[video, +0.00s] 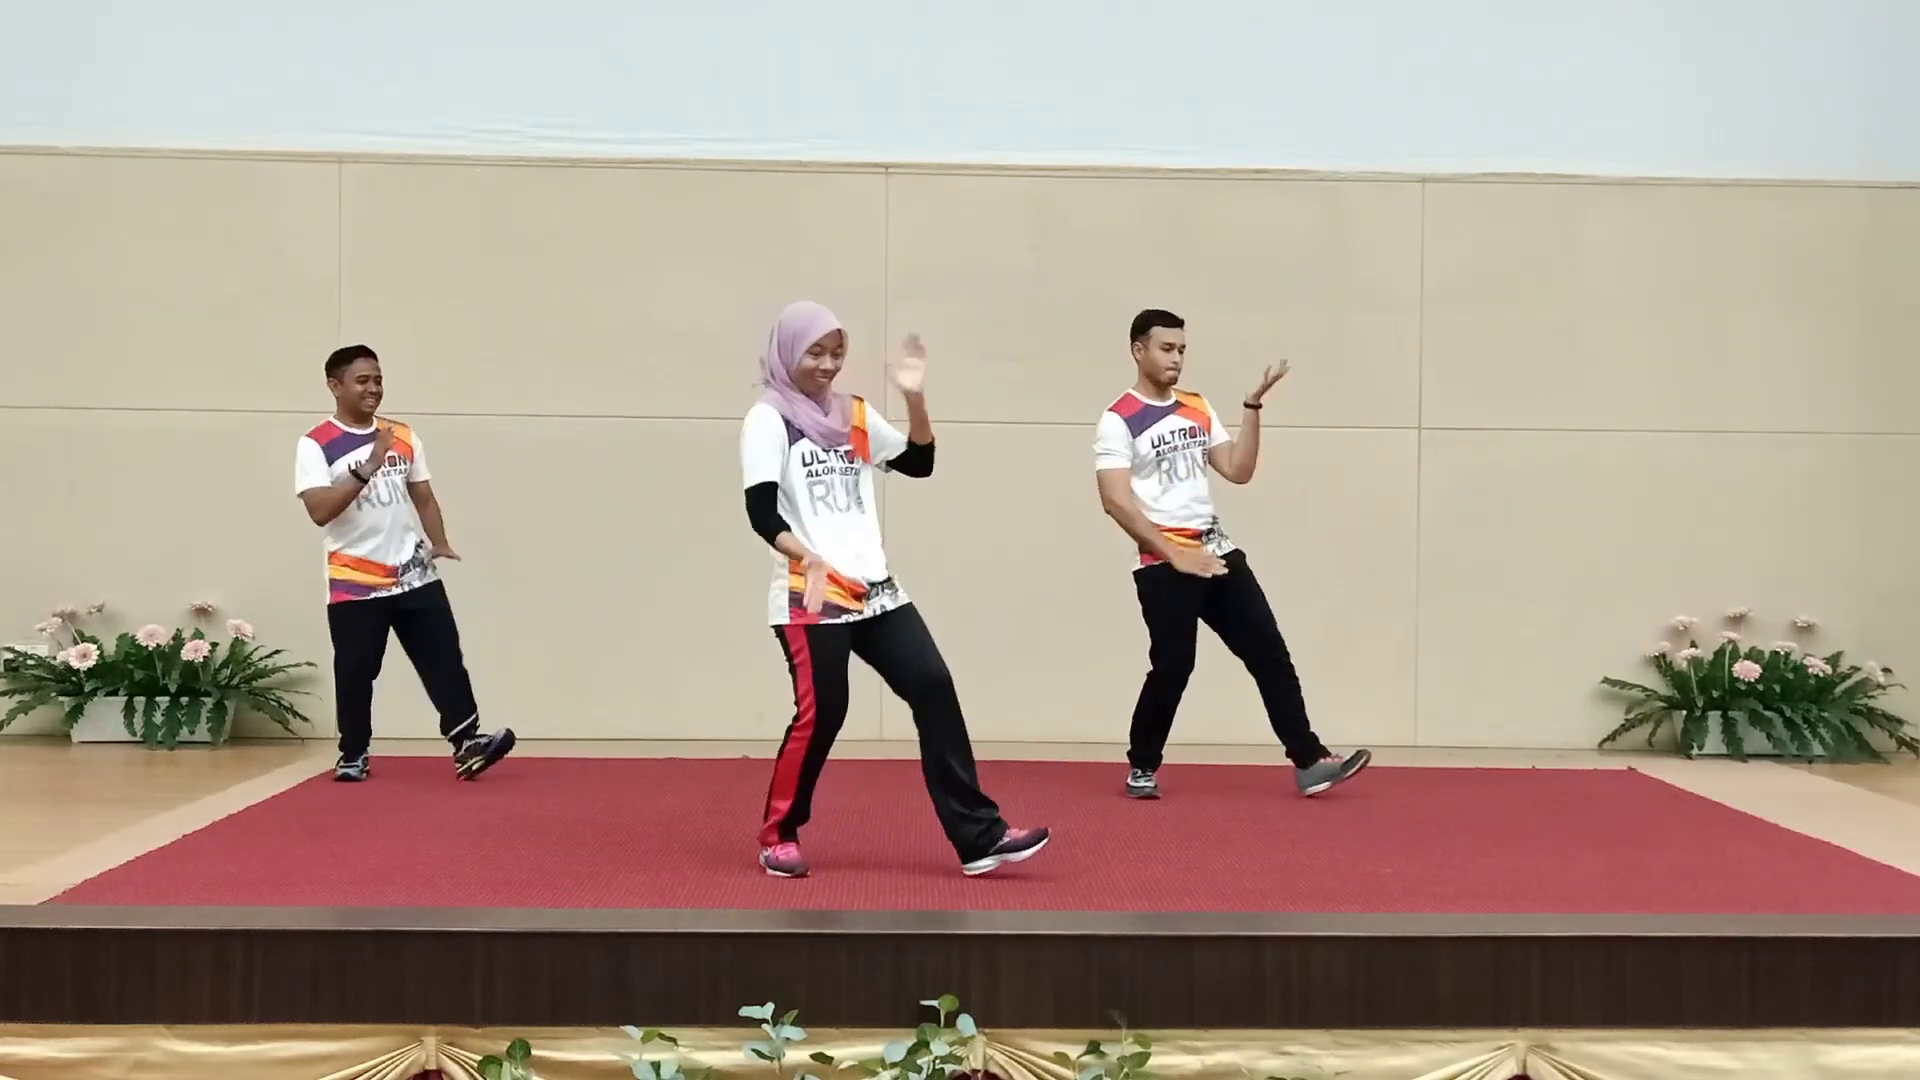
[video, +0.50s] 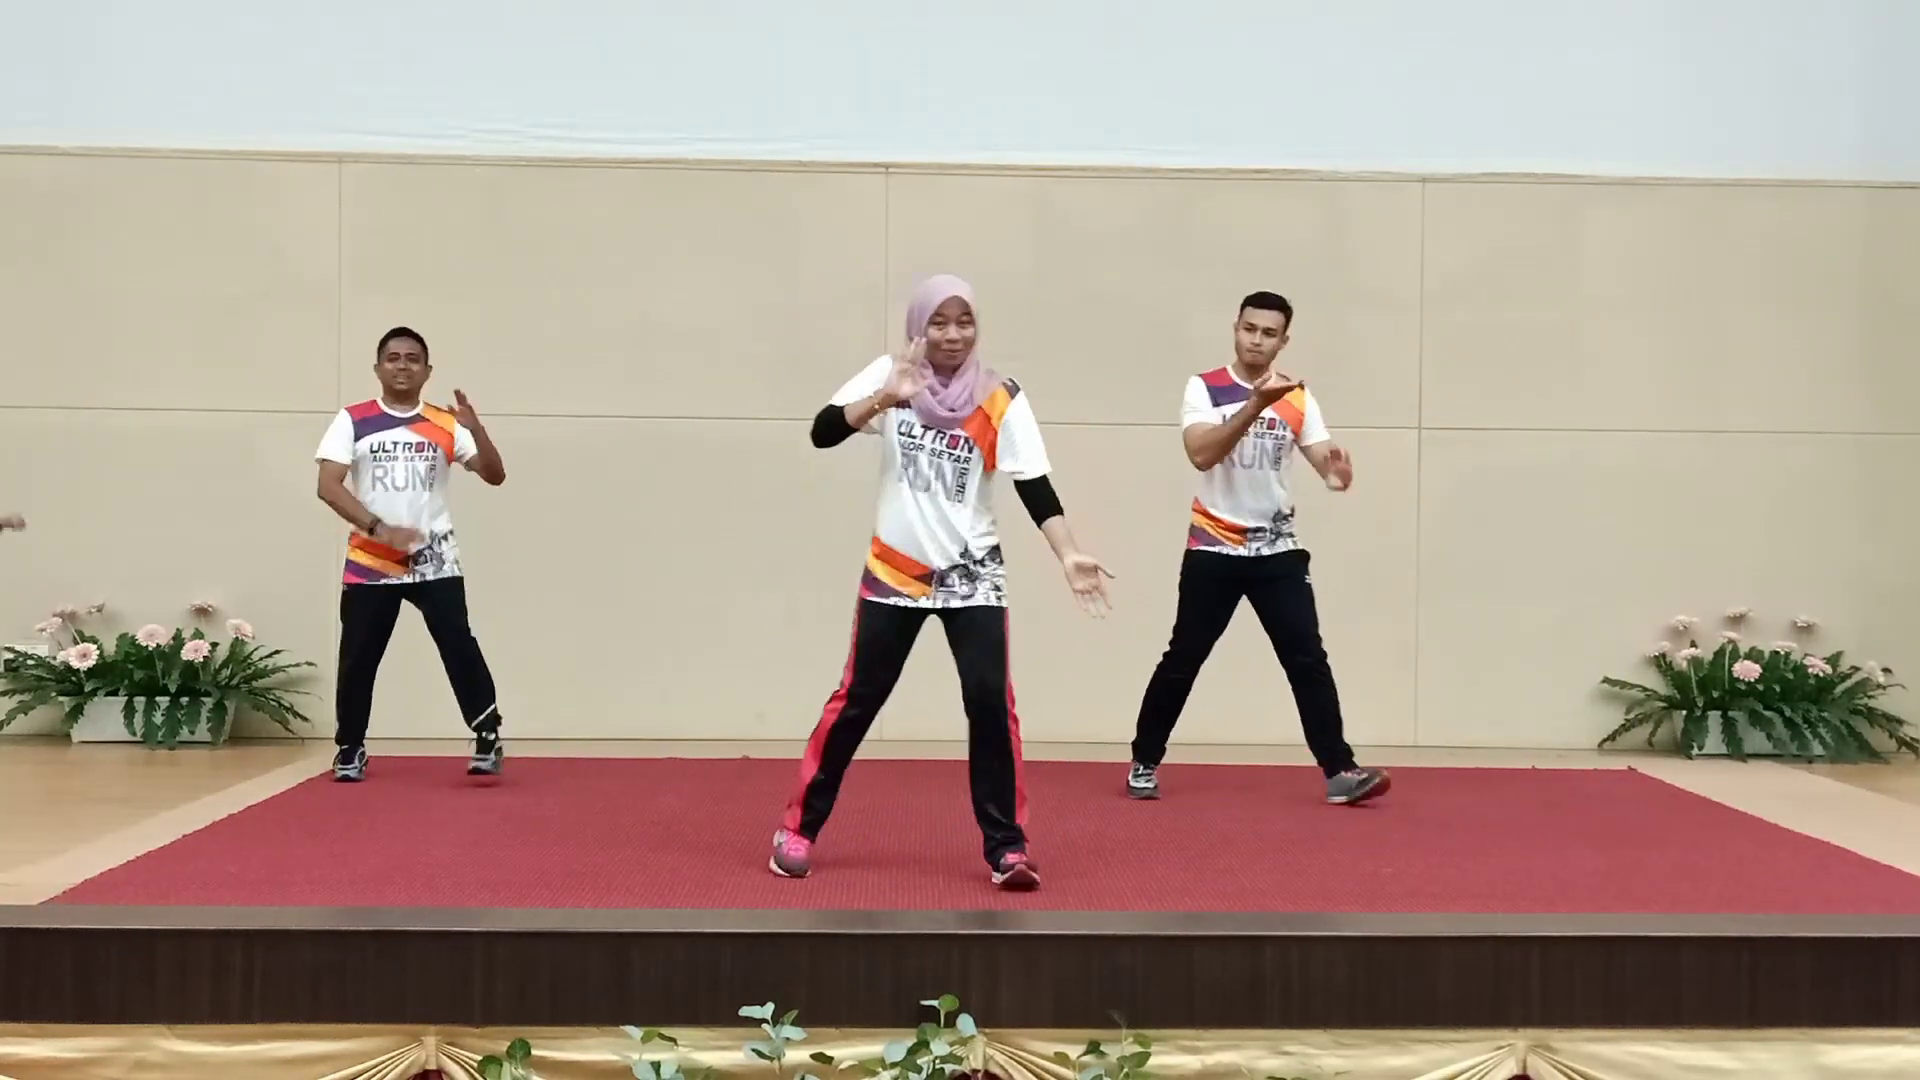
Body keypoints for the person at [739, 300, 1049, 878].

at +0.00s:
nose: (831, 363)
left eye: (837, 352)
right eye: (819, 352)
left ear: (842, 354)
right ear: (787, 354)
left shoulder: (851, 413)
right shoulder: (768, 419)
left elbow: (920, 463)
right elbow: (762, 513)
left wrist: (914, 399)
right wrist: (807, 559)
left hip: (875, 591)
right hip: (810, 599)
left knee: (934, 689)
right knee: (822, 711)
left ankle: (979, 840)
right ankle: (779, 837)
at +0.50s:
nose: (955, 332)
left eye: (965, 321)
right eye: (942, 321)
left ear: (978, 329)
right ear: (919, 329)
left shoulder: (1000, 399)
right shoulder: (890, 376)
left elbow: (1033, 480)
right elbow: (822, 433)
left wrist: (1068, 552)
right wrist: (882, 398)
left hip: (974, 575)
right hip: (897, 570)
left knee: (990, 702)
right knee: (860, 698)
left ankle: (1006, 847)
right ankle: (800, 829)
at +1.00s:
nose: (1063, 337)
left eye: (1075, 328)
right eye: (1051, 327)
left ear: (1090, 343)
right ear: (1034, 340)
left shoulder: (1109, 413)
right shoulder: (1006, 406)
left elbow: (1150, 479)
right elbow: (982, 491)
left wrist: (1133, 403)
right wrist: (988, 523)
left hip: (1082, 582)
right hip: (1013, 584)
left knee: (1046, 698)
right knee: (1026, 716)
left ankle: (1012, 848)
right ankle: (1097, 835)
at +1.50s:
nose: (1189, 327)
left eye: (1202, 318)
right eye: (1179, 317)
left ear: (1223, 331)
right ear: (1164, 329)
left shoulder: (1246, 398)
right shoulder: (1138, 385)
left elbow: (1282, 461)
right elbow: (1073, 441)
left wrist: (1245, 427)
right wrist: (1067, 421)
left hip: (1208, 580)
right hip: (1134, 575)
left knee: (1236, 702)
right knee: (1107, 696)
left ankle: (1307, 835)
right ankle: (1098, 836)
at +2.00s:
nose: (1280, 349)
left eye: (1292, 339)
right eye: (1273, 340)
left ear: (1320, 349)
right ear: (1266, 350)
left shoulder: (1323, 422)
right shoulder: (1261, 414)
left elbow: (1327, 508)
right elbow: (1203, 456)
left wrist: (1304, 573)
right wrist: (1218, 415)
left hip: (1293, 595)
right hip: (1236, 580)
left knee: (1280, 713)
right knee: (1144, 630)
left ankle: (1314, 841)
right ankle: (1120, 782)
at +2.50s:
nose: (1249, 320)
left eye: (1263, 310)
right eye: (1240, 310)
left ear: (1290, 319)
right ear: (1229, 319)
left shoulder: (1313, 385)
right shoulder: (1212, 374)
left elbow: (1332, 457)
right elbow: (1147, 436)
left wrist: (1292, 421)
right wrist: (1133, 408)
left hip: (1277, 563)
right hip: (1208, 554)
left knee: (1284, 701)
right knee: (1148, 666)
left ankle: (1309, 839)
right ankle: (1098, 807)